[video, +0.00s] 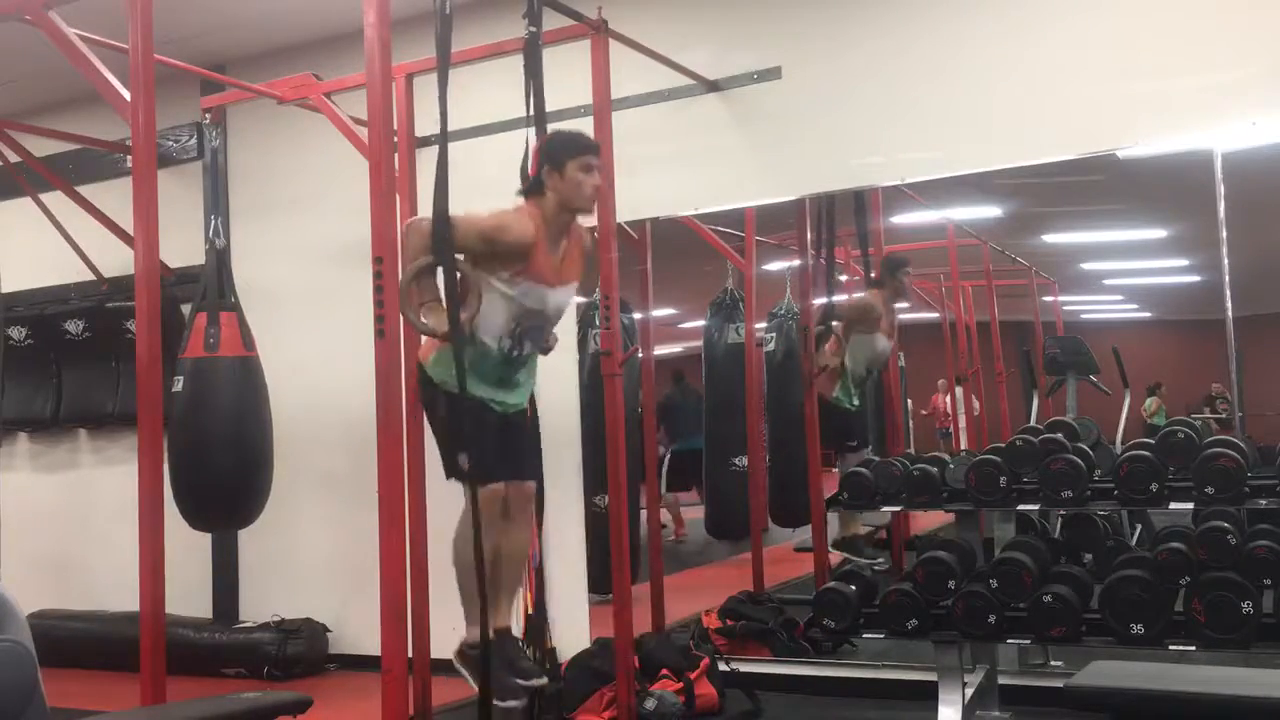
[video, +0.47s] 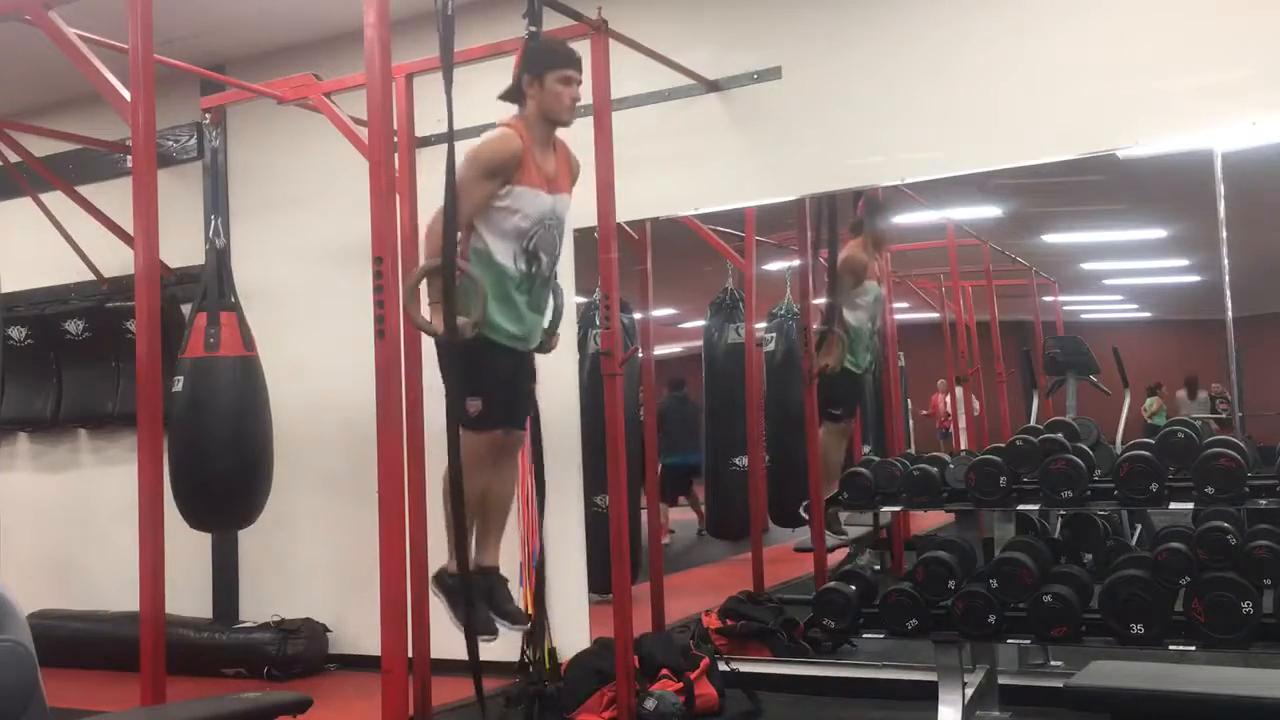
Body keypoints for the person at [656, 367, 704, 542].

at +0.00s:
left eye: (674, 379)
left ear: (671, 381)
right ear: (686, 379)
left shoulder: (667, 400)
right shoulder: (698, 396)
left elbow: (656, 426)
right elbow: (706, 419)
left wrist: (663, 442)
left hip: (677, 450)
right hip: (700, 447)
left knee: (667, 492)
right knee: (702, 486)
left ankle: (679, 528)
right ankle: (715, 521)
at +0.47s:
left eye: (667, 388)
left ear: (668, 389)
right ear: (684, 388)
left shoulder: (664, 408)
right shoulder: (694, 406)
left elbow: (658, 431)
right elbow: (696, 430)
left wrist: (656, 455)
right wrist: (697, 450)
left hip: (671, 458)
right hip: (691, 456)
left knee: (663, 496)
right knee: (688, 489)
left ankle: (665, 528)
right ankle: (701, 519)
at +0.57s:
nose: (673, 393)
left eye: (675, 390)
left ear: (677, 390)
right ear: (693, 388)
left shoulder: (674, 406)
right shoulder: (700, 405)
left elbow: (658, 424)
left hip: (676, 457)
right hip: (696, 456)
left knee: (666, 497)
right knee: (690, 493)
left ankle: (665, 532)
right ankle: (711, 518)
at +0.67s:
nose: (678, 394)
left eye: (680, 390)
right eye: (678, 391)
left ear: (686, 389)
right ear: (696, 388)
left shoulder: (686, 404)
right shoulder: (703, 403)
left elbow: (670, 409)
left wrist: (660, 400)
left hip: (685, 455)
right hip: (700, 455)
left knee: (671, 495)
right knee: (693, 494)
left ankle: (668, 531)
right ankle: (712, 520)